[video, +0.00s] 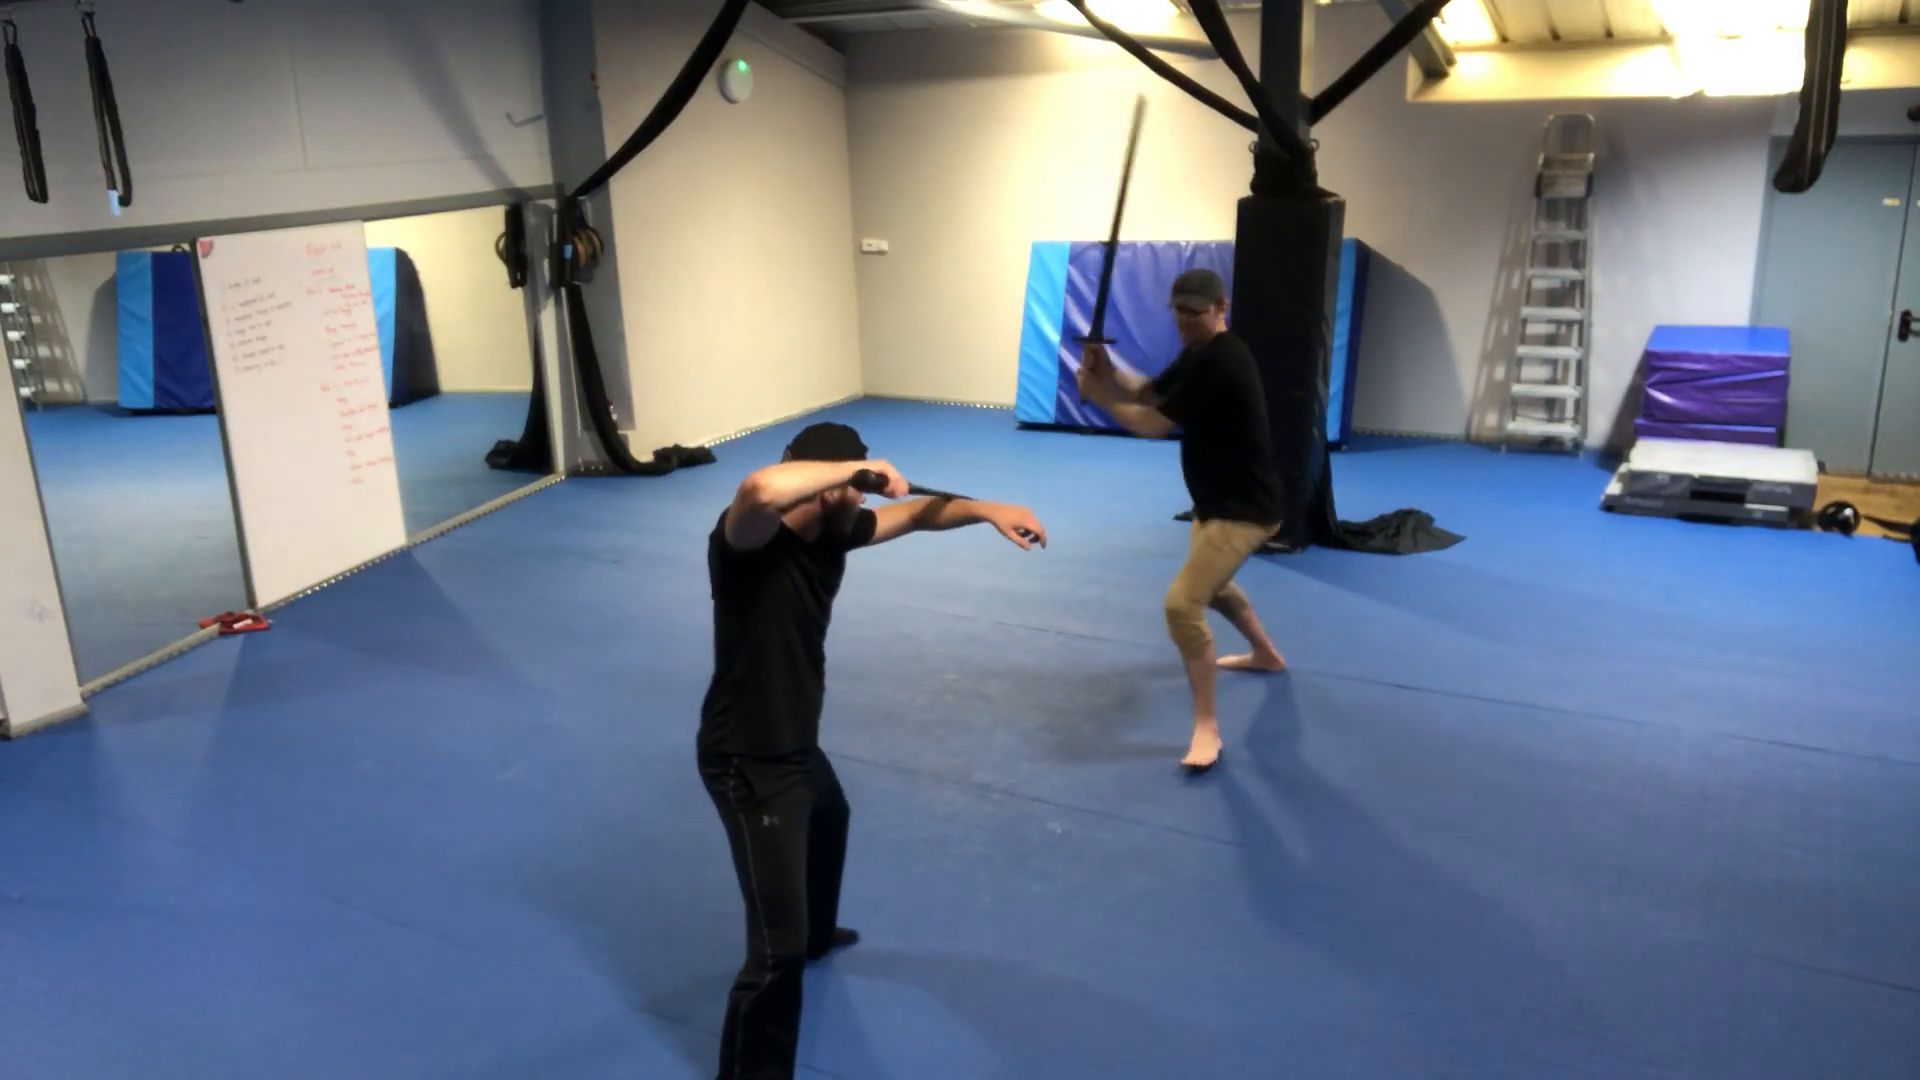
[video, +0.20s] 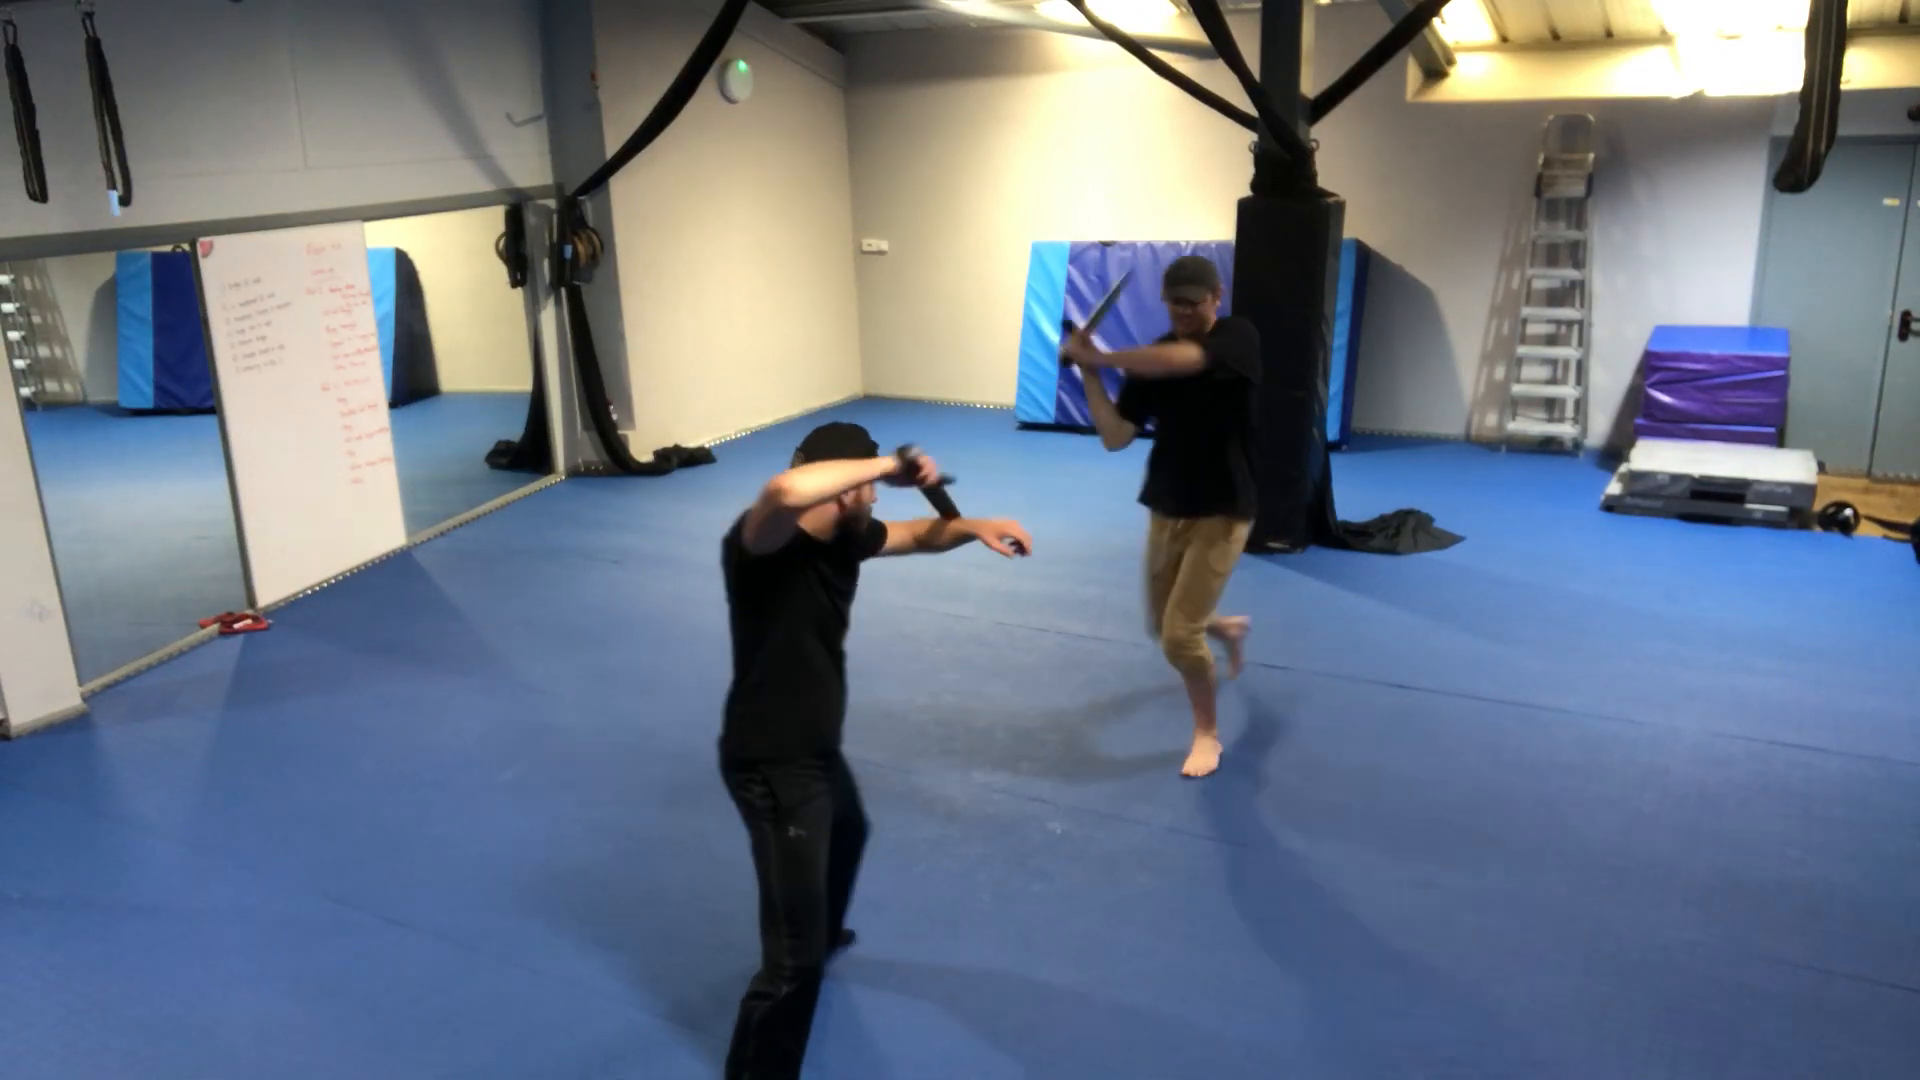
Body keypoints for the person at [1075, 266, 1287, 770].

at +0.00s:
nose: (1181, 323)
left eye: (1191, 314)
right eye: (1178, 314)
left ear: (1219, 312)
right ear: (1177, 312)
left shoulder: (1222, 361)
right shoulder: (1198, 353)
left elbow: (1157, 424)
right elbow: (1146, 393)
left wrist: (1103, 398)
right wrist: (1107, 367)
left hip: (1247, 510)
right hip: (1215, 503)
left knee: (1182, 607)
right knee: (1210, 584)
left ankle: (1205, 726)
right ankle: (1264, 652)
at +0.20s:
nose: (1181, 312)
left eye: (1192, 303)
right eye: (1174, 302)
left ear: (1215, 301)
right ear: (1164, 302)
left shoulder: (1238, 338)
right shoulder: (1158, 356)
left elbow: (1179, 359)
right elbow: (1115, 436)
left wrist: (1097, 358)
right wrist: (1087, 372)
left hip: (1223, 510)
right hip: (1168, 507)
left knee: (1181, 635)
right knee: (1163, 625)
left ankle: (1206, 734)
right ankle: (1229, 630)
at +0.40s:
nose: (1147, 306)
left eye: (1156, 295)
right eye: (1137, 296)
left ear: (1176, 290)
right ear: (1124, 295)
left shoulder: (1201, 325)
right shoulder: (1110, 352)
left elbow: (1196, 349)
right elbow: (1111, 442)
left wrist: (1105, 364)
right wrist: (1082, 381)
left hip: (1194, 518)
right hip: (1126, 518)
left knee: (1194, 653)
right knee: (1091, 645)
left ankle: (1205, 735)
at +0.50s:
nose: (1124, 316)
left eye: (1133, 305)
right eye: (1113, 306)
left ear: (1151, 299)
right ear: (1099, 304)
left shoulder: (1177, 339)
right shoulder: (1084, 366)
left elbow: (1187, 376)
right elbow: (1093, 457)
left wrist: (1113, 399)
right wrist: (1083, 415)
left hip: (1176, 534)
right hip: (1106, 536)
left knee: (1192, 666)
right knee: (1073, 663)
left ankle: (1171, 731)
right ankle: (1030, 788)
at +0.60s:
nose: (1096, 332)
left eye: (1107, 322)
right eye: (1087, 322)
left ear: (1128, 317)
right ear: (1074, 320)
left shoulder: (1154, 361)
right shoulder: (1058, 384)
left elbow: (1168, 402)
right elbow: (1069, 475)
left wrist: (1120, 425)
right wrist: (1074, 447)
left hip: (1151, 557)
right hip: (1083, 561)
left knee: (1180, 682)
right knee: (1067, 696)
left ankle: (1155, 735)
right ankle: (1022, 797)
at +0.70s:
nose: (1081, 343)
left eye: (1092, 332)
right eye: (1072, 332)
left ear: (1112, 320)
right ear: (1058, 322)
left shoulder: (1139, 360)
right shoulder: (1040, 385)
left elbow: (1151, 410)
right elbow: (1054, 480)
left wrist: (1106, 441)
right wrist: (1061, 460)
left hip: (1140, 558)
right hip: (1073, 567)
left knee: (1180, 676)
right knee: (1062, 702)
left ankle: (1138, 740)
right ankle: (1026, 821)